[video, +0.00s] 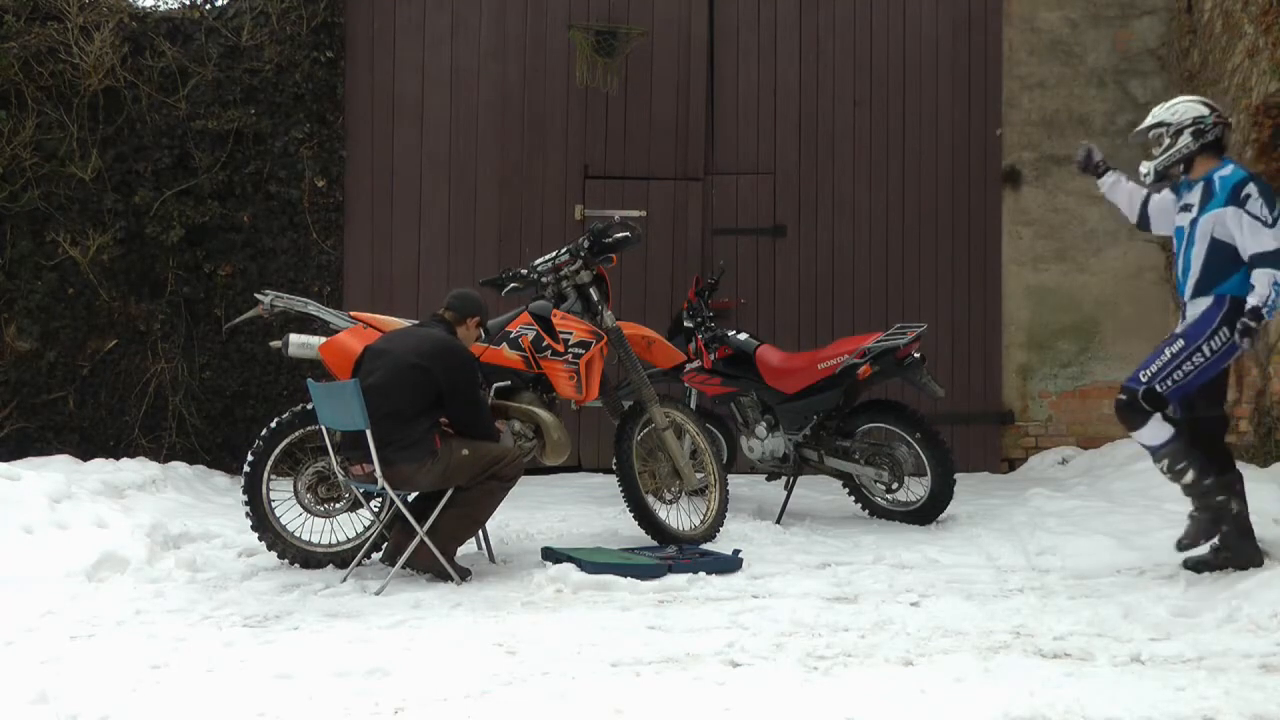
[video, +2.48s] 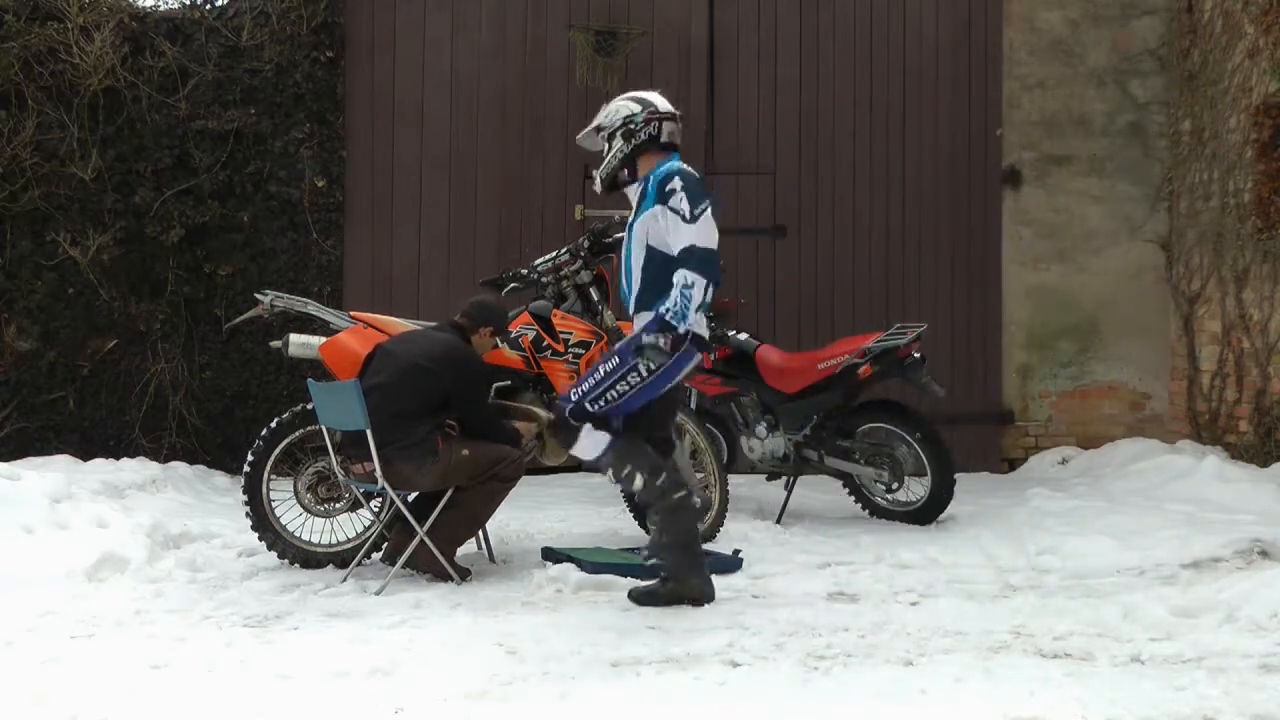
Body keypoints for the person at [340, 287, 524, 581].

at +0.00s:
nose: (478, 337)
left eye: (480, 330)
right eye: (479, 328)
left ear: (442, 314)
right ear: (469, 322)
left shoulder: (393, 337)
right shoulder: (454, 353)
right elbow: (476, 429)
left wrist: (436, 424)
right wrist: (496, 434)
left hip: (357, 456)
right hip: (401, 463)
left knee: (464, 454)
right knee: (507, 462)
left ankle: (403, 543)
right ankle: (434, 551)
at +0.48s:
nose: (481, 335)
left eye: (483, 328)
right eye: (482, 327)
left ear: (444, 313)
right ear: (471, 321)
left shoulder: (396, 337)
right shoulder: (455, 353)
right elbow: (474, 424)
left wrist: (441, 425)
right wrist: (510, 426)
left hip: (358, 455)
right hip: (401, 462)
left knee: (462, 452)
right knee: (508, 462)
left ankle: (402, 543)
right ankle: (435, 551)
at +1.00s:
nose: (491, 346)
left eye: (494, 339)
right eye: (493, 338)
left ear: (458, 317)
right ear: (483, 329)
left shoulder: (403, 337)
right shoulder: (462, 357)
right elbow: (489, 427)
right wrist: (513, 414)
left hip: (358, 454)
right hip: (401, 461)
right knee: (509, 463)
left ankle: (402, 543)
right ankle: (435, 551)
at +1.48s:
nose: (492, 345)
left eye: (495, 339)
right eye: (493, 337)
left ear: (459, 317)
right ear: (483, 329)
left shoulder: (404, 337)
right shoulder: (461, 357)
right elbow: (486, 424)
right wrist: (516, 421)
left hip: (357, 456)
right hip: (400, 461)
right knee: (508, 464)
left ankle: (402, 543)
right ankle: (435, 550)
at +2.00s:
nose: (491, 346)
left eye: (494, 340)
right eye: (493, 338)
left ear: (458, 317)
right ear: (483, 329)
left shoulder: (403, 337)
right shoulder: (462, 358)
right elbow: (490, 428)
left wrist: (494, 409)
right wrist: (514, 418)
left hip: (357, 454)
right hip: (400, 461)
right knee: (508, 463)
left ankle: (402, 542)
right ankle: (435, 551)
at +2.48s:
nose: (493, 347)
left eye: (496, 341)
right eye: (495, 339)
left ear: (460, 319)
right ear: (483, 332)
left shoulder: (408, 338)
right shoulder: (466, 362)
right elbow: (478, 427)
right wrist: (516, 433)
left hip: (359, 452)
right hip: (399, 462)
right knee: (508, 463)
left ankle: (403, 541)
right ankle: (435, 551)